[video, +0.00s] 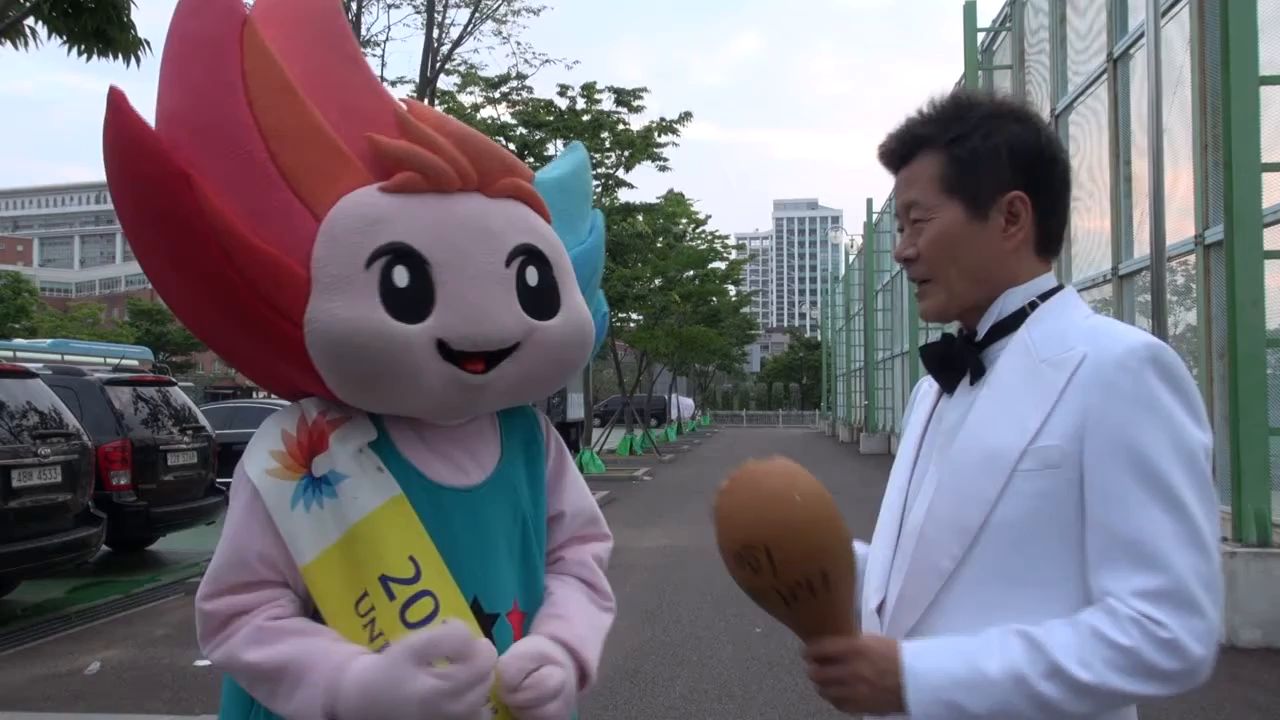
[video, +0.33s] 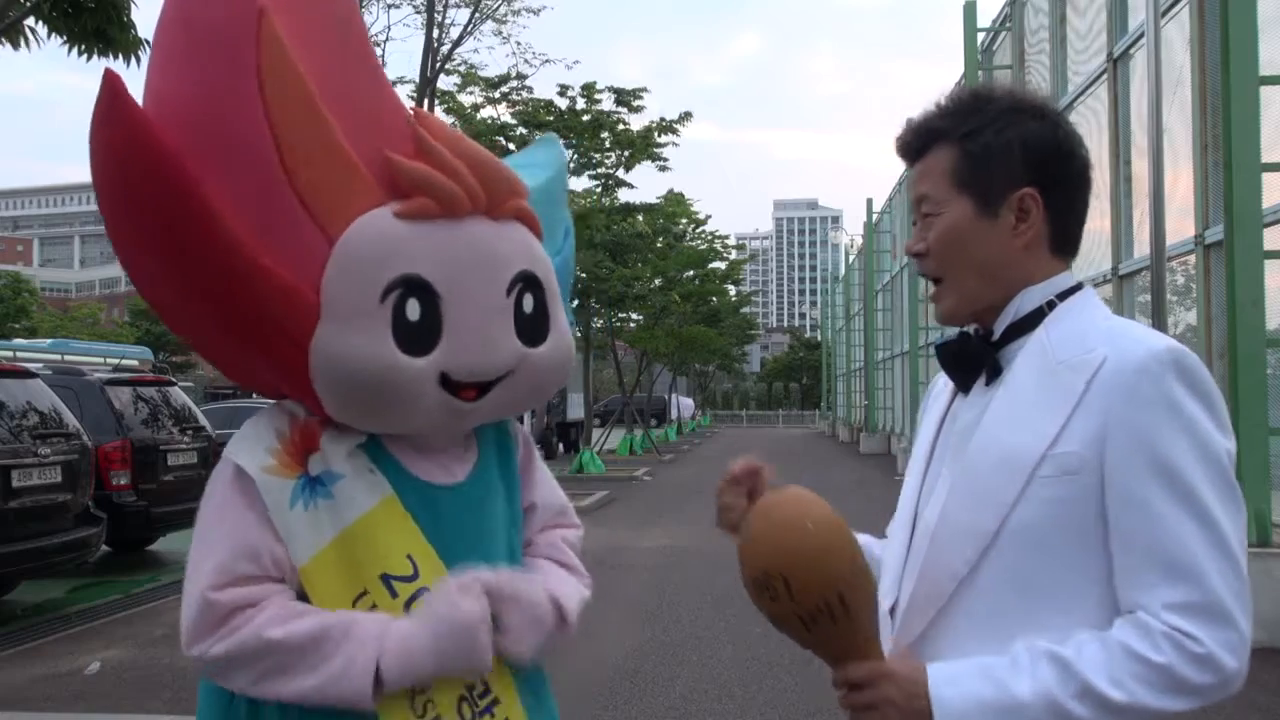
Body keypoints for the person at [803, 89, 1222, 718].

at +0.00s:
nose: (900, 252)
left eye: (917, 220)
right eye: (900, 226)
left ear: (1011, 218)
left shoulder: (1121, 368)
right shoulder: (939, 385)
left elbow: (1170, 633)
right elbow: (920, 576)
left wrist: (915, 679)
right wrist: (815, 566)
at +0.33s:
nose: (913, 247)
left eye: (929, 215)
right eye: (915, 220)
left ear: (1022, 216)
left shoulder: (1139, 372)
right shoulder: (955, 381)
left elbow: (1200, 646)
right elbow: (924, 578)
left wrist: (941, 693)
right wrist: (789, 528)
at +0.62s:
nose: (923, 243)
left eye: (941, 212)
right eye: (926, 216)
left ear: (1034, 213)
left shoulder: (1145, 370)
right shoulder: (977, 376)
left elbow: (1199, 652)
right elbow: (939, 589)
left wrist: (934, 685)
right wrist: (788, 529)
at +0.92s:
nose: (923, 254)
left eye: (935, 220)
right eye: (923, 226)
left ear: (1030, 215)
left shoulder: (1145, 371)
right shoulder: (991, 373)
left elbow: (1194, 661)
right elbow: (891, 536)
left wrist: (923, 691)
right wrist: (819, 394)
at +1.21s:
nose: (922, 254)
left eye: (931, 223)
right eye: (919, 228)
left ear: (1026, 213)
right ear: (1024, 216)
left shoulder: (1147, 376)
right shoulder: (981, 371)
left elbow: (1194, 668)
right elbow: (868, 485)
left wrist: (924, 693)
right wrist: (889, 335)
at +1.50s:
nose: (917, 278)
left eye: (927, 243)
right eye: (912, 250)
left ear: (1020, 222)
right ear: (1009, 226)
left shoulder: (1170, 382)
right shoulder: (976, 382)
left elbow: (1228, 668)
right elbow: (912, 565)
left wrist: (956, 692)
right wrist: (749, 559)